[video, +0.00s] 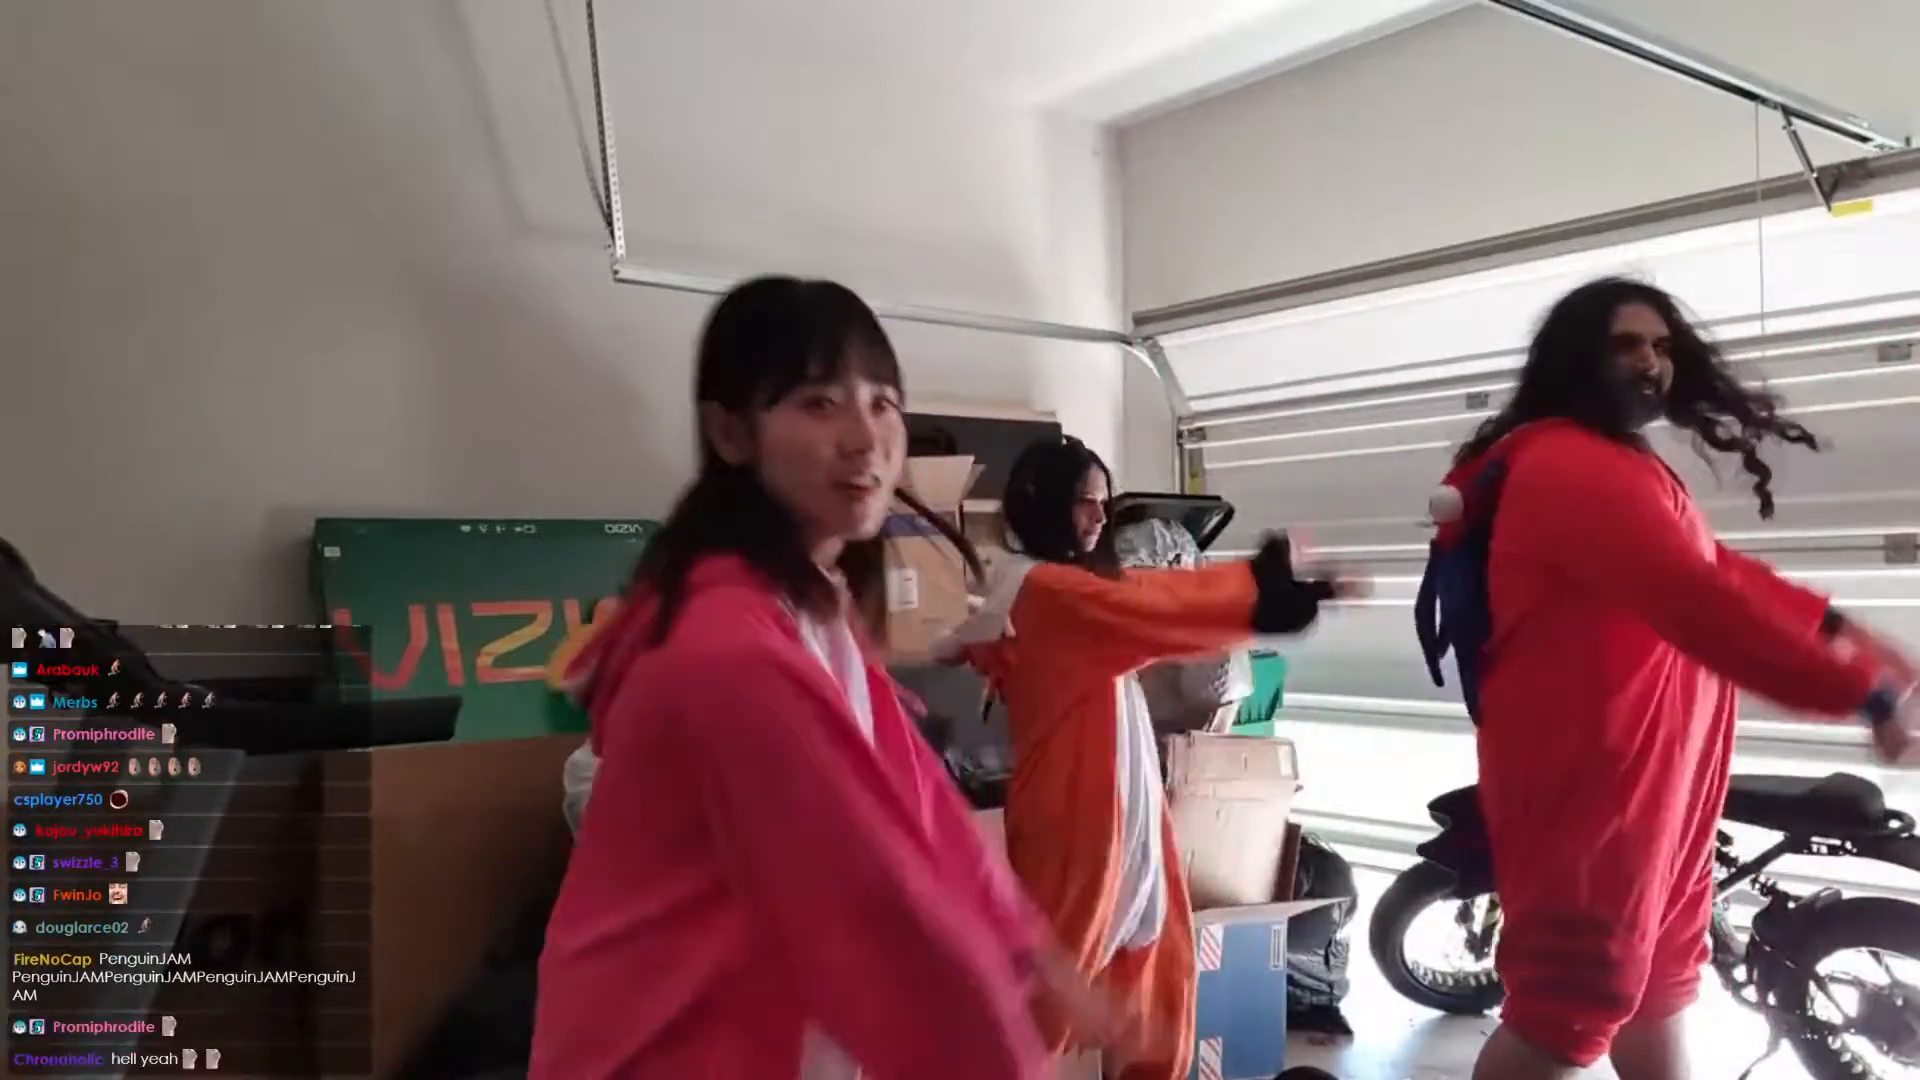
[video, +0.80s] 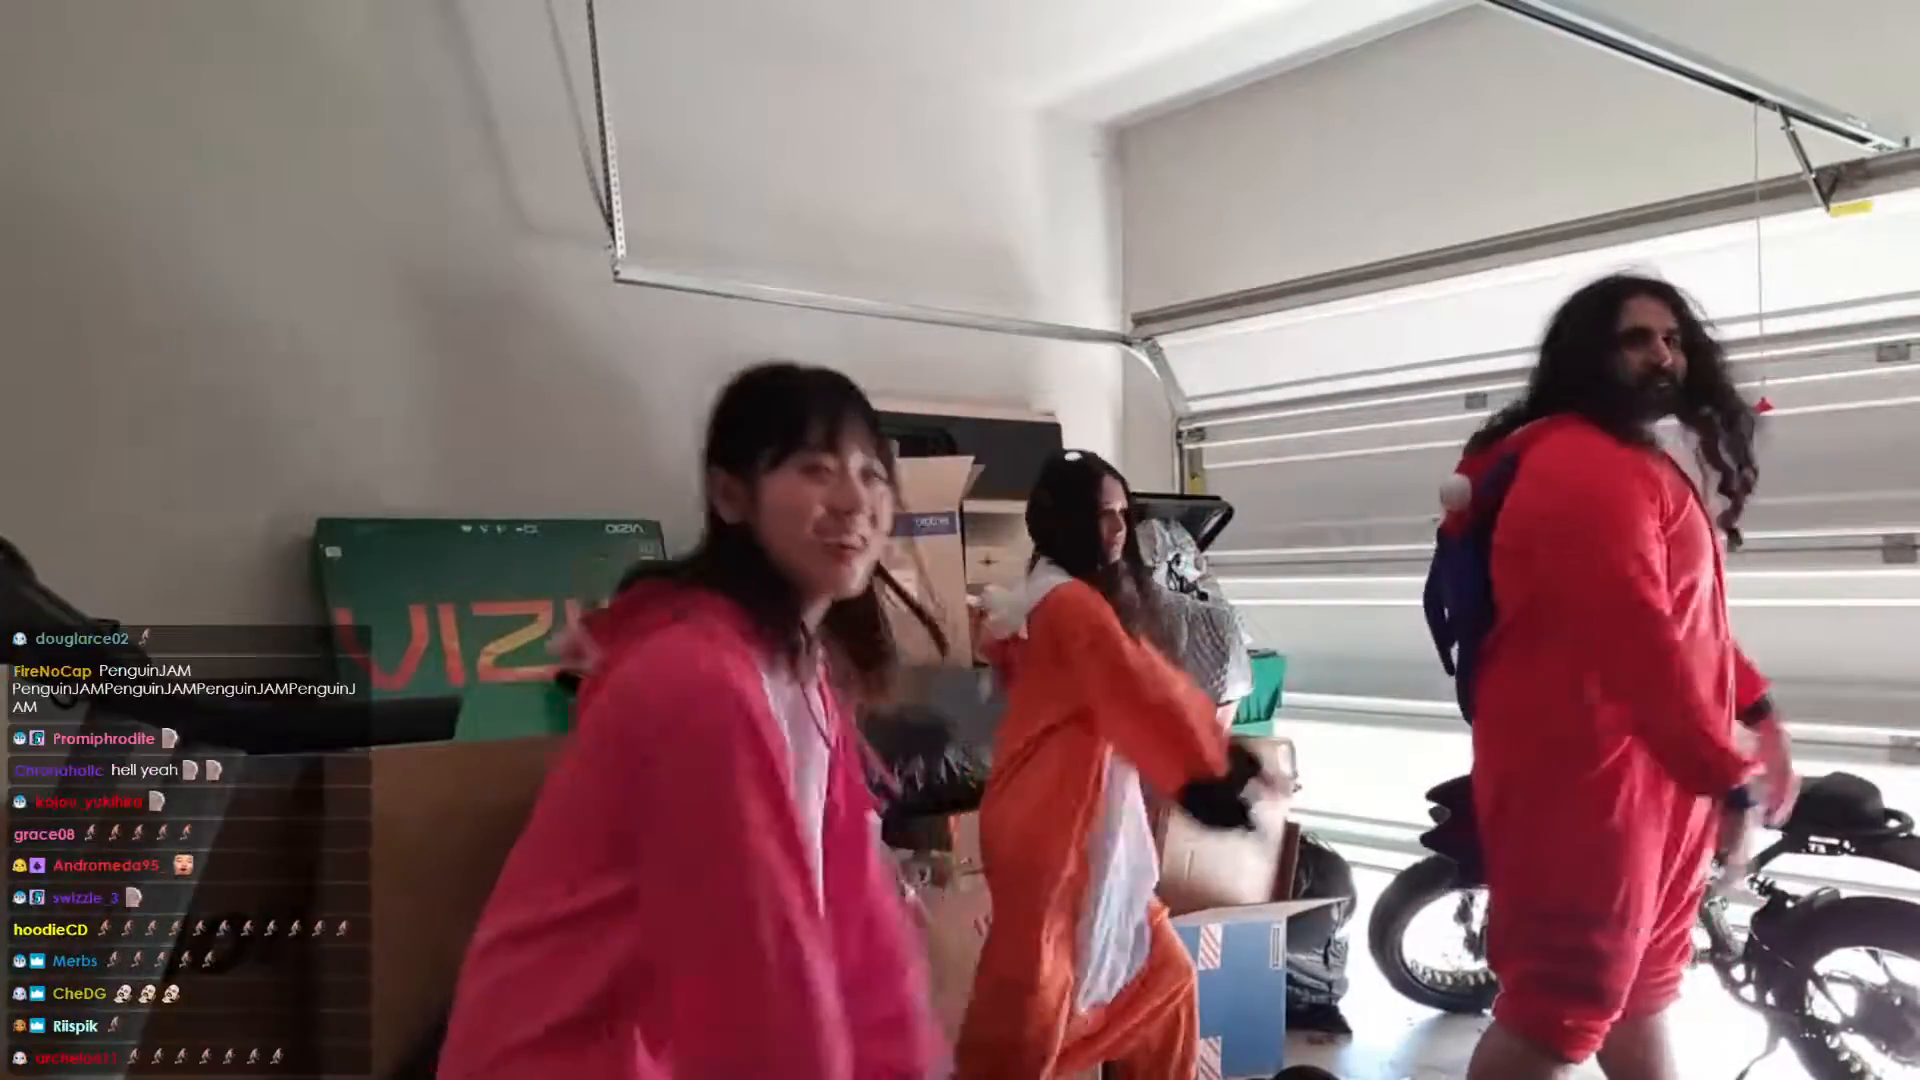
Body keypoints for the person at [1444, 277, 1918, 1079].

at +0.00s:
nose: (1651, 364)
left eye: (1662, 348)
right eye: (1627, 346)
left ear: (1678, 362)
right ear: (1577, 359)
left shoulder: (1635, 469)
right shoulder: (1562, 469)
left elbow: (1717, 573)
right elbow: (1695, 603)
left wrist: (1834, 632)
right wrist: (1864, 691)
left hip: (1664, 791)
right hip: (1584, 798)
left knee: (1657, 998)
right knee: (1562, 1016)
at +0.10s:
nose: (1633, 376)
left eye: (1645, 359)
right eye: (1607, 359)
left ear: (1662, 372)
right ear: (1553, 376)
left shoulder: (1620, 471)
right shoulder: (1552, 475)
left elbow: (1733, 488)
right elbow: (1739, 508)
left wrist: (1848, 449)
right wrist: (1906, 474)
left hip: (1673, 792)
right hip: (1590, 804)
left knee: (1704, 982)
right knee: (1591, 1025)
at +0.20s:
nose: (1636, 394)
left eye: (1648, 378)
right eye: (1609, 375)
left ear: (1663, 392)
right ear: (1557, 391)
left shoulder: (1625, 481)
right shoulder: (1543, 488)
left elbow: (1704, 460)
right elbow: (1735, 468)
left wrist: (1795, 375)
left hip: (1677, 791)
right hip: (1592, 807)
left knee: (1731, 992)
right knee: (1621, 1034)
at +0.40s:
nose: (1634, 370)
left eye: (1645, 351)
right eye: (1605, 353)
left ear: (1663, 367)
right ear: (1554, 373)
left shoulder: (1625, 469)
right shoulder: (1545, 474)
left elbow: (1728, 482)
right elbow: (1743, 499)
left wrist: (1825, 390)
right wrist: (1877, 367)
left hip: (1676, 791)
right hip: (1599, 805)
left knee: (1708, 988)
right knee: (1612, 1025)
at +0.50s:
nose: (1632, 355)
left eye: (1643, 337)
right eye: (1602, 340)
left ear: (1663, 356)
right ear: (1554, 365)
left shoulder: (1637, 467)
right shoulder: (1559, 467)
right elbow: (1692, 581)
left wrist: (1870, 566)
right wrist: (1882, 574)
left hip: (1667, 797)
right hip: (1591, 805)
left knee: (1666, 995)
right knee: (1575, 1021)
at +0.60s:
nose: (1654, 359)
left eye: (1667, 341)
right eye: (1626, 342)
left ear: (1685, 361)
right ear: (1580, 363)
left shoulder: (1648, 474)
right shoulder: (1580, 477)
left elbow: (1681, 655)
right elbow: (1639, 654)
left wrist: (1758, 769)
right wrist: (1764, 777)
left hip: (1661, 794)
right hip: (1591, 800)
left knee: (1647, 1007)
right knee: (1556, 1023)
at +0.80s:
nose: (1662, 356)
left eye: (1674, 339)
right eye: (1636, 340)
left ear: (1693, 356)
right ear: (1588, 357)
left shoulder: (1663, 462)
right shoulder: (1579, 466)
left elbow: (1695, 614)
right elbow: (1634, 639)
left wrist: (1756, 710)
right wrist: (1729, 775)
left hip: (1660, 769)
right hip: (1581, 776)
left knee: (1640, 1003)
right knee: (1554, 1014)